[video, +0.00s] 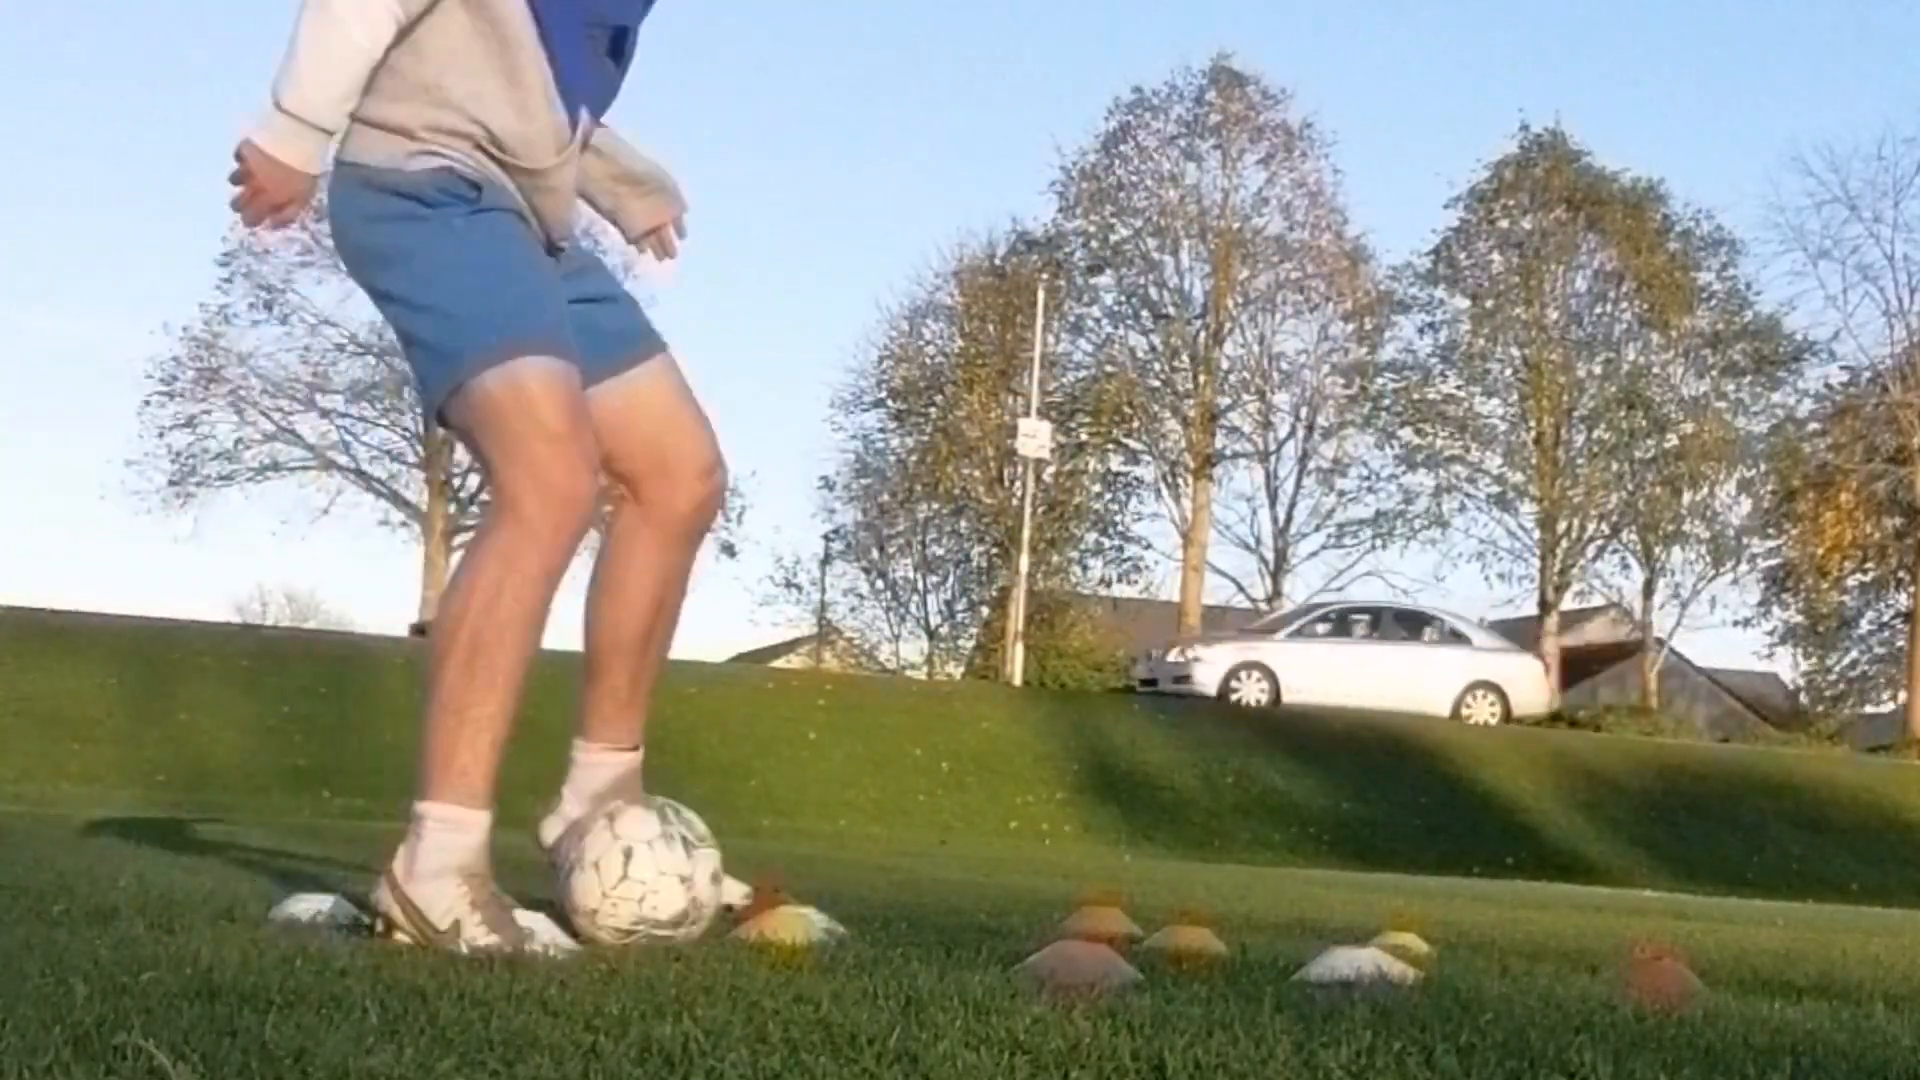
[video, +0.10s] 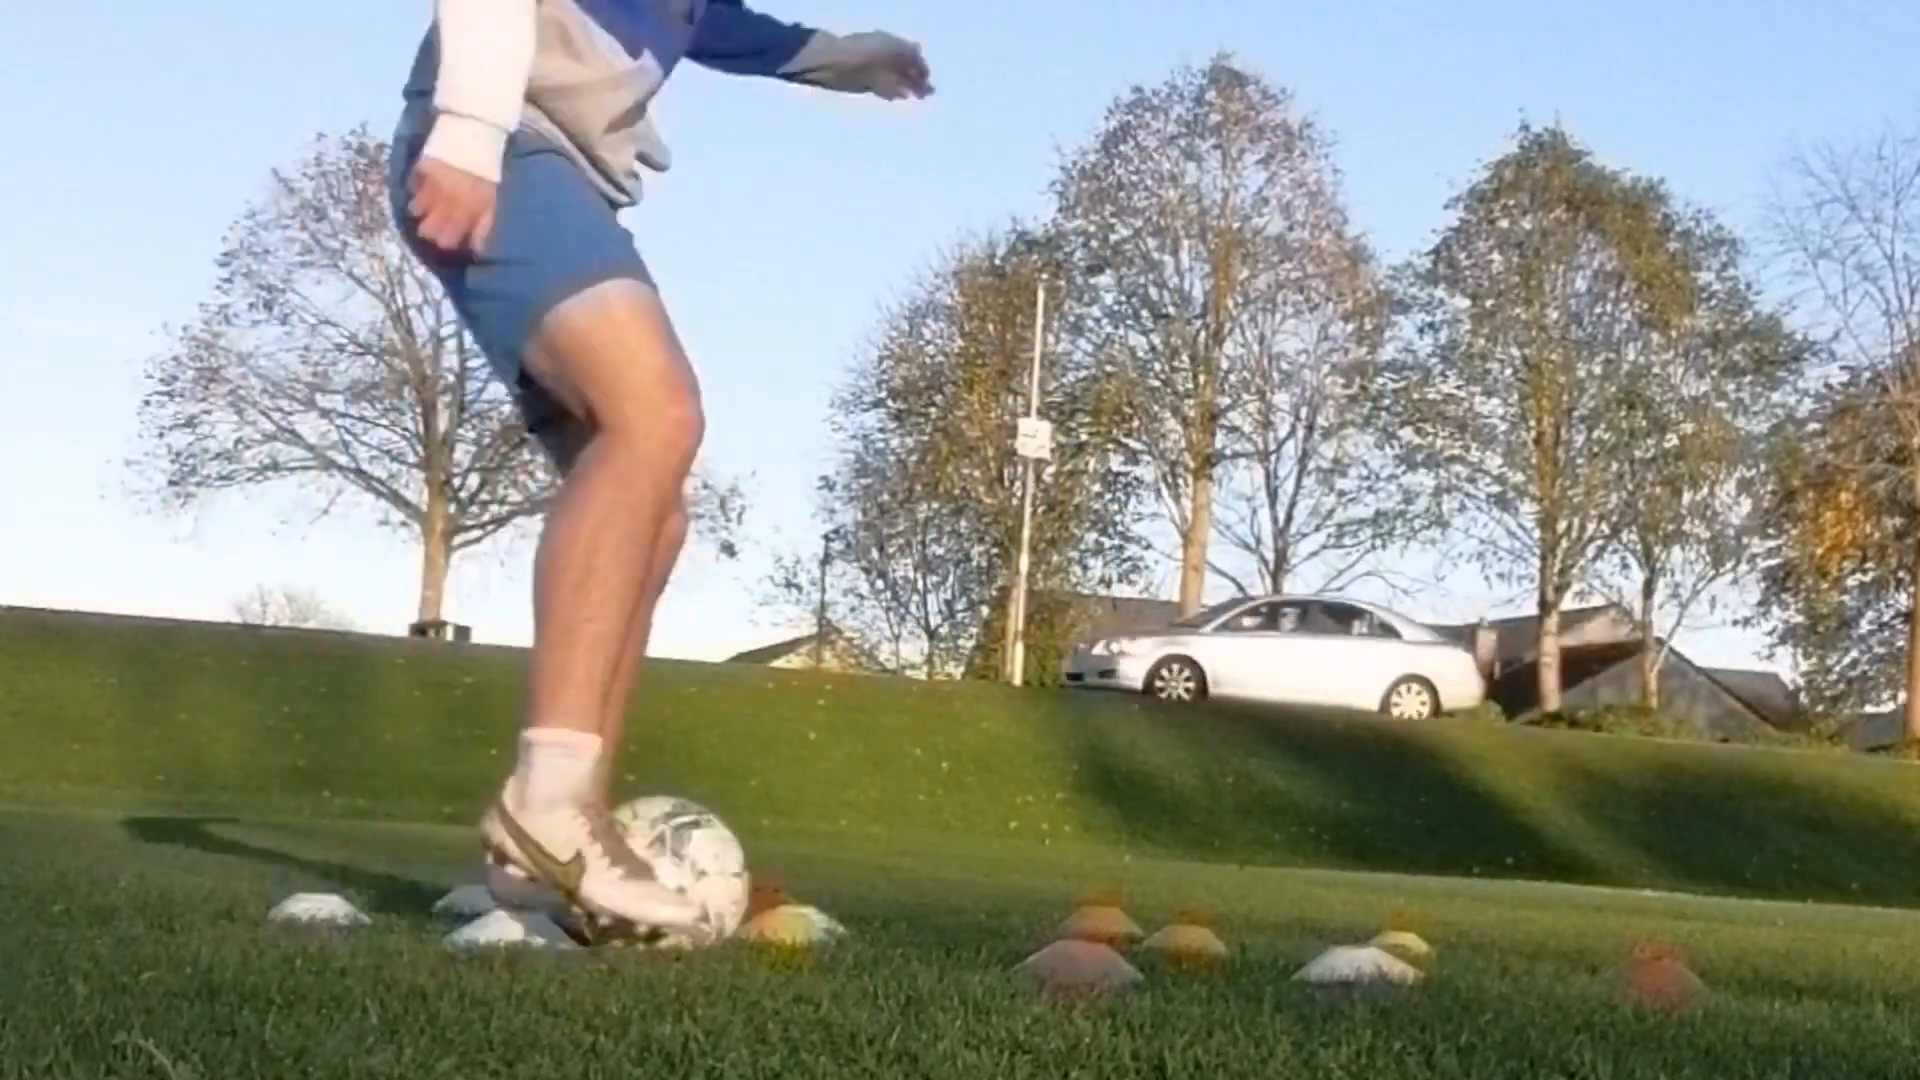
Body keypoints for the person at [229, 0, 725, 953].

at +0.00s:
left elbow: (522, 89)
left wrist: (628, 184)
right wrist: (298, 130)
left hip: (516, 189)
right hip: (414, 161)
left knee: (676, 478)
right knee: (549, 482)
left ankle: (597, 817)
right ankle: (436, 871)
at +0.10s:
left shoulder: (683, 8)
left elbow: (713, 26)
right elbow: (492, 2)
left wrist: (841, 58)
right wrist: (469, 131)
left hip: (562, 166)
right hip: (493, 133)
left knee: (656, 515)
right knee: (654, 413)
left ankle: (556, 835)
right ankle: (548, 803)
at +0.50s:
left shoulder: (814, 19)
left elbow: (837, 59)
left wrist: (973, 97)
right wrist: (448, 31)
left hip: (576, 201)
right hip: (675, 186)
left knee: (640, 557)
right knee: (877, 472)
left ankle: (493, 879)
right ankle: (837, 810)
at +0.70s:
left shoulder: (883, 11)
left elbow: (909, 74)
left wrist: (1082, 74)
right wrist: (565, 17)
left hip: (618, 160)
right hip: (760, 167)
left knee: (611, 506)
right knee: (884, 490)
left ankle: (477, 822)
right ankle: (905, 844)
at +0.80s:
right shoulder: (910, 12)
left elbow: (832, 173)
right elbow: (737, 4)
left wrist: (984, 179)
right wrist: (655, 133)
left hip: (675, 244)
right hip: (820, 256)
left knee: (596, 532)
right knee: (892, 580)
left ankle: (433, 777)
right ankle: (861, 908)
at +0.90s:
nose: (1012, 20)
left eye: (1020, 14)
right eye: (1018, 8)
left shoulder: (747, 14)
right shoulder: (931, 4)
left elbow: (670, 137)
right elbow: (872, 105)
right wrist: (851, 283)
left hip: (667, 281)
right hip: (812, 287)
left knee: (589, 535)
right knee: (911, 586)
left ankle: (433, 768)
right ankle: (872, 901)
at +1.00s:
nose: (1002, 39)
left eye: (1008, 27)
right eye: (1004, 21)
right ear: (978, 6)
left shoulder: (719, 8)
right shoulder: (935, 5)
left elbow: (578, 34)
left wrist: (662, 155)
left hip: (611, 240)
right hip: (760, 252)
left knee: (594, 513)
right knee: (852, 557)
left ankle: (466, 782)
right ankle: (865, 875)